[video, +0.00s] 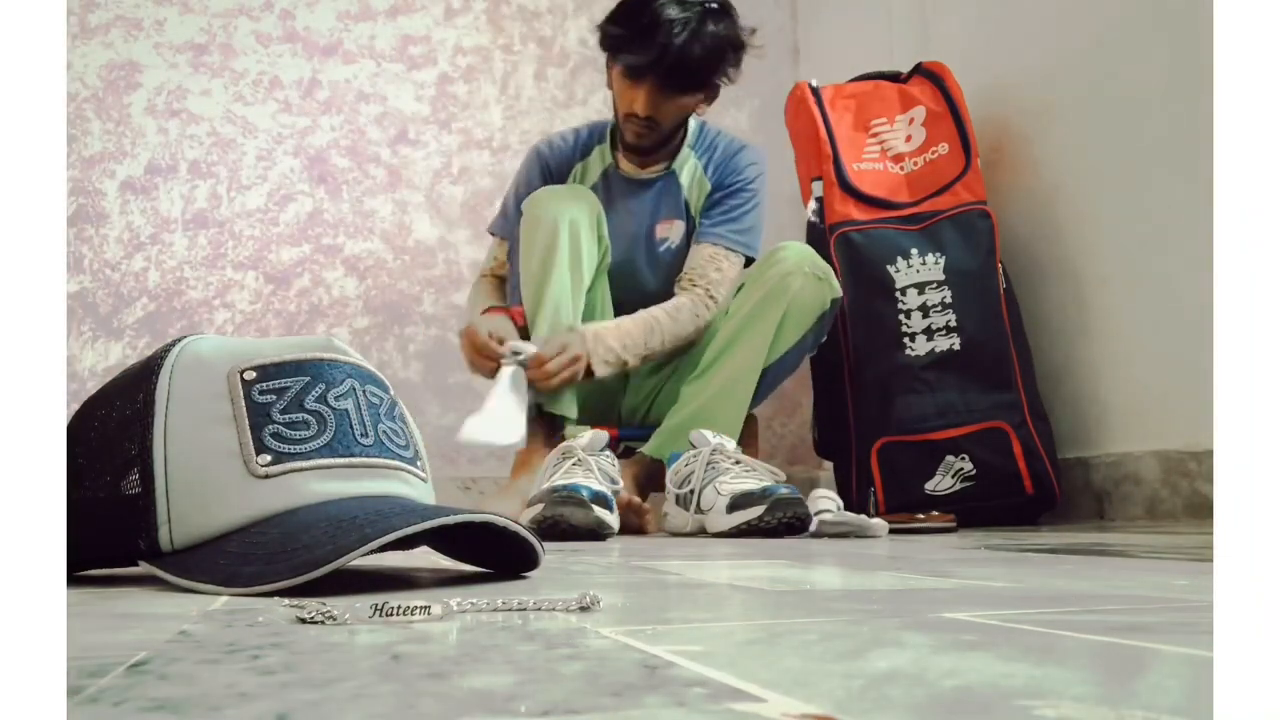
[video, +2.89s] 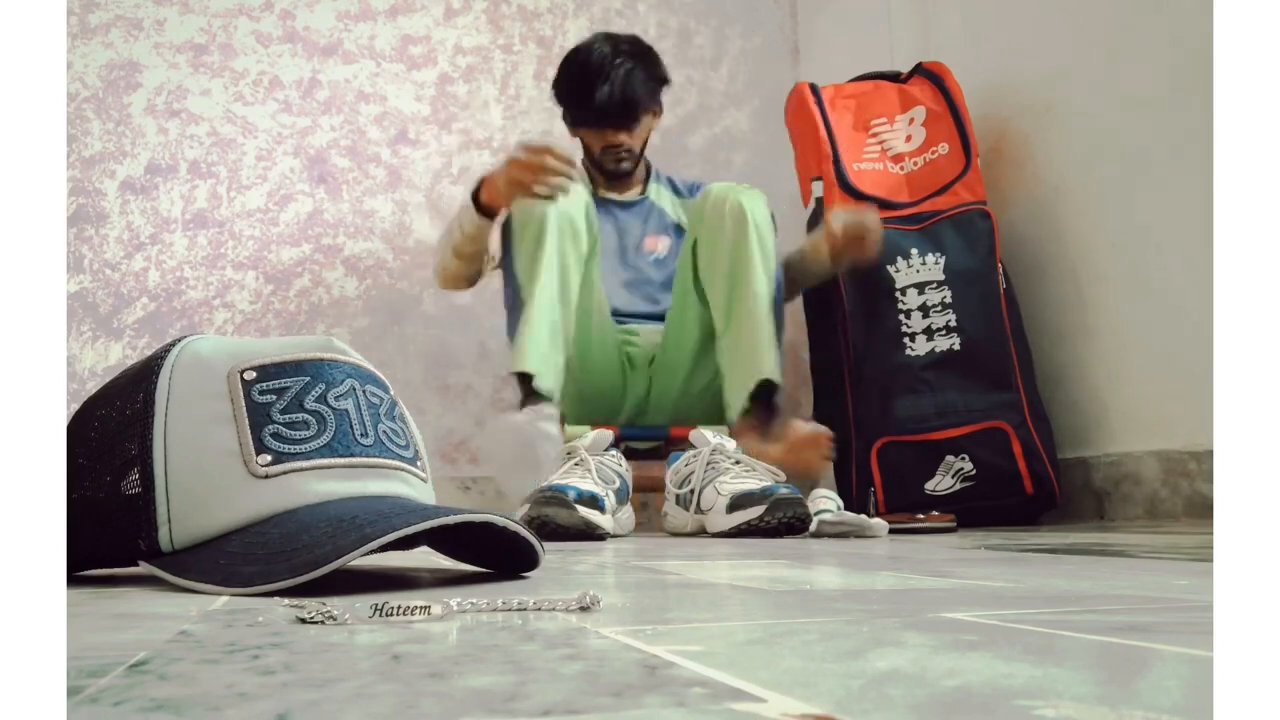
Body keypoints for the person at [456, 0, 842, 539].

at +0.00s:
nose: (642, 105)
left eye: (671, 89)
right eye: (632, 76)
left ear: (706, 97)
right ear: (610, 65)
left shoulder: (733, 167)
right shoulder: (554, 158)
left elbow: (701, 301)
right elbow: (493, 278)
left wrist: (596, 344)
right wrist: (488, 323)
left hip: (671, 383)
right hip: (577, 383)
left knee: (800, 267)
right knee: (559, 204)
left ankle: (660, 467)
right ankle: (570, 453)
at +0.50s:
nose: (619, 102)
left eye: (645, 86)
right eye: (607, 76)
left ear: (689, 92)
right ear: (589, 70)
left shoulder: (725, 173)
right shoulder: (541, 169)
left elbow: (676, 318)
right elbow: (493, 300)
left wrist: (571, 405)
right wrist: (486, 386)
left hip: (675, 378)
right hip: (577, 374)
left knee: (795, 264)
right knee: (542, 202)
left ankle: (649, 471)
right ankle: (565, 455)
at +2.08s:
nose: (660, 137)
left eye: (685, 123)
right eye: (651, 109)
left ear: (714, 119)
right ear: (627, 81)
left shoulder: (734, 175)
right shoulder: (563, 177)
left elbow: (699, 313)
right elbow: (505, 295)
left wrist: (598, 386)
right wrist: (484, 385)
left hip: (681, 376)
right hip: (582, 364)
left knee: (811, 269)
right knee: (537, 207)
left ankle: (644, 475)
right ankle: (517, 457)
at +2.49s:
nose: (672, 136)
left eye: (694, 125)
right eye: (663, 112)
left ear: (724, 117)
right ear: (637, 84)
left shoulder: (745, 187)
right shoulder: (569, 173)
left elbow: (709, 315)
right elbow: (508, 287)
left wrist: (609, 386)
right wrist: (486, 372)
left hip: (689, 376)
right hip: (587, 363)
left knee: (827, 279)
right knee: (550, 210)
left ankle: (655, 475)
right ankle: (524, 464)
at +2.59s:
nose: (674, 135)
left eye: (696, 121)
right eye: (664, 108)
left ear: (722, 116)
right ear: (633, 88)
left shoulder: (740, 183)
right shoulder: (566, 176)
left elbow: (726, 298)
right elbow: (506, 286)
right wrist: (475, 341)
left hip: (678, 384)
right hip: (579, 379)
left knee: (830, 281)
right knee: (546, 210)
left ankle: (698, 461)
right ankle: (520, 461)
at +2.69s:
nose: (659, 123)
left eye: (678, 105)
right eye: (644, 99)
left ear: (701, 99)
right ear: (612, 89)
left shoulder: (730, 175)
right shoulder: (556, 178)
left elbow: (775, 281)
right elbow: (473, 315)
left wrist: (736, 212)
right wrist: (444, 277)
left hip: (689, 371)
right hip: (587, 363)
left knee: (821, 277)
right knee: (528, 205)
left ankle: (681, 467)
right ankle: (524, 460)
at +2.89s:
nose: (614, 145)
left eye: (628, 126)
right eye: (596, 129)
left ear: (655, 115)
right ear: (571, 122)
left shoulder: (698, 206)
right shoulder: (550, 193)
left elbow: (751, 294)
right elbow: (453, 275)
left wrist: (825, 252)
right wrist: (486, 200)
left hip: (691, 387)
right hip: (588, 384)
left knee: (737, 202)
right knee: (547, 196)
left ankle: (758, 426)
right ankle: (542, 423)